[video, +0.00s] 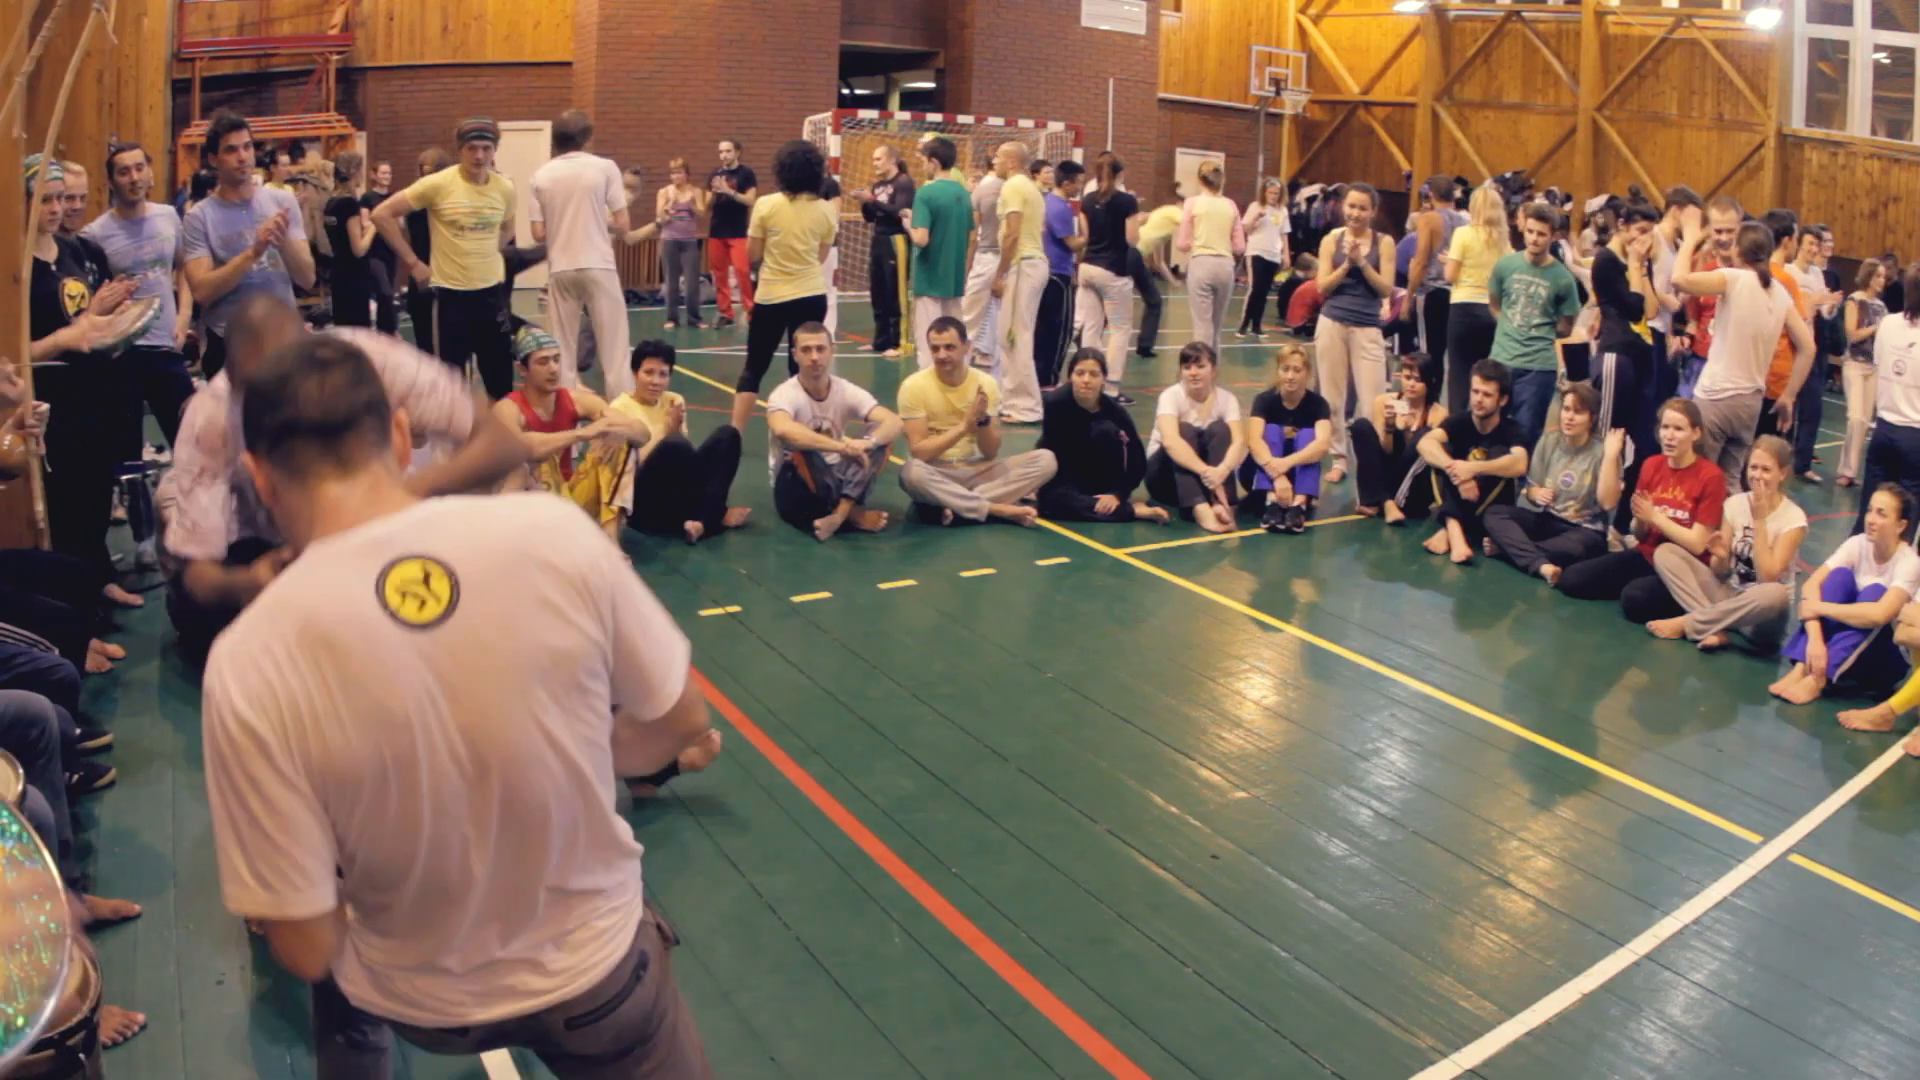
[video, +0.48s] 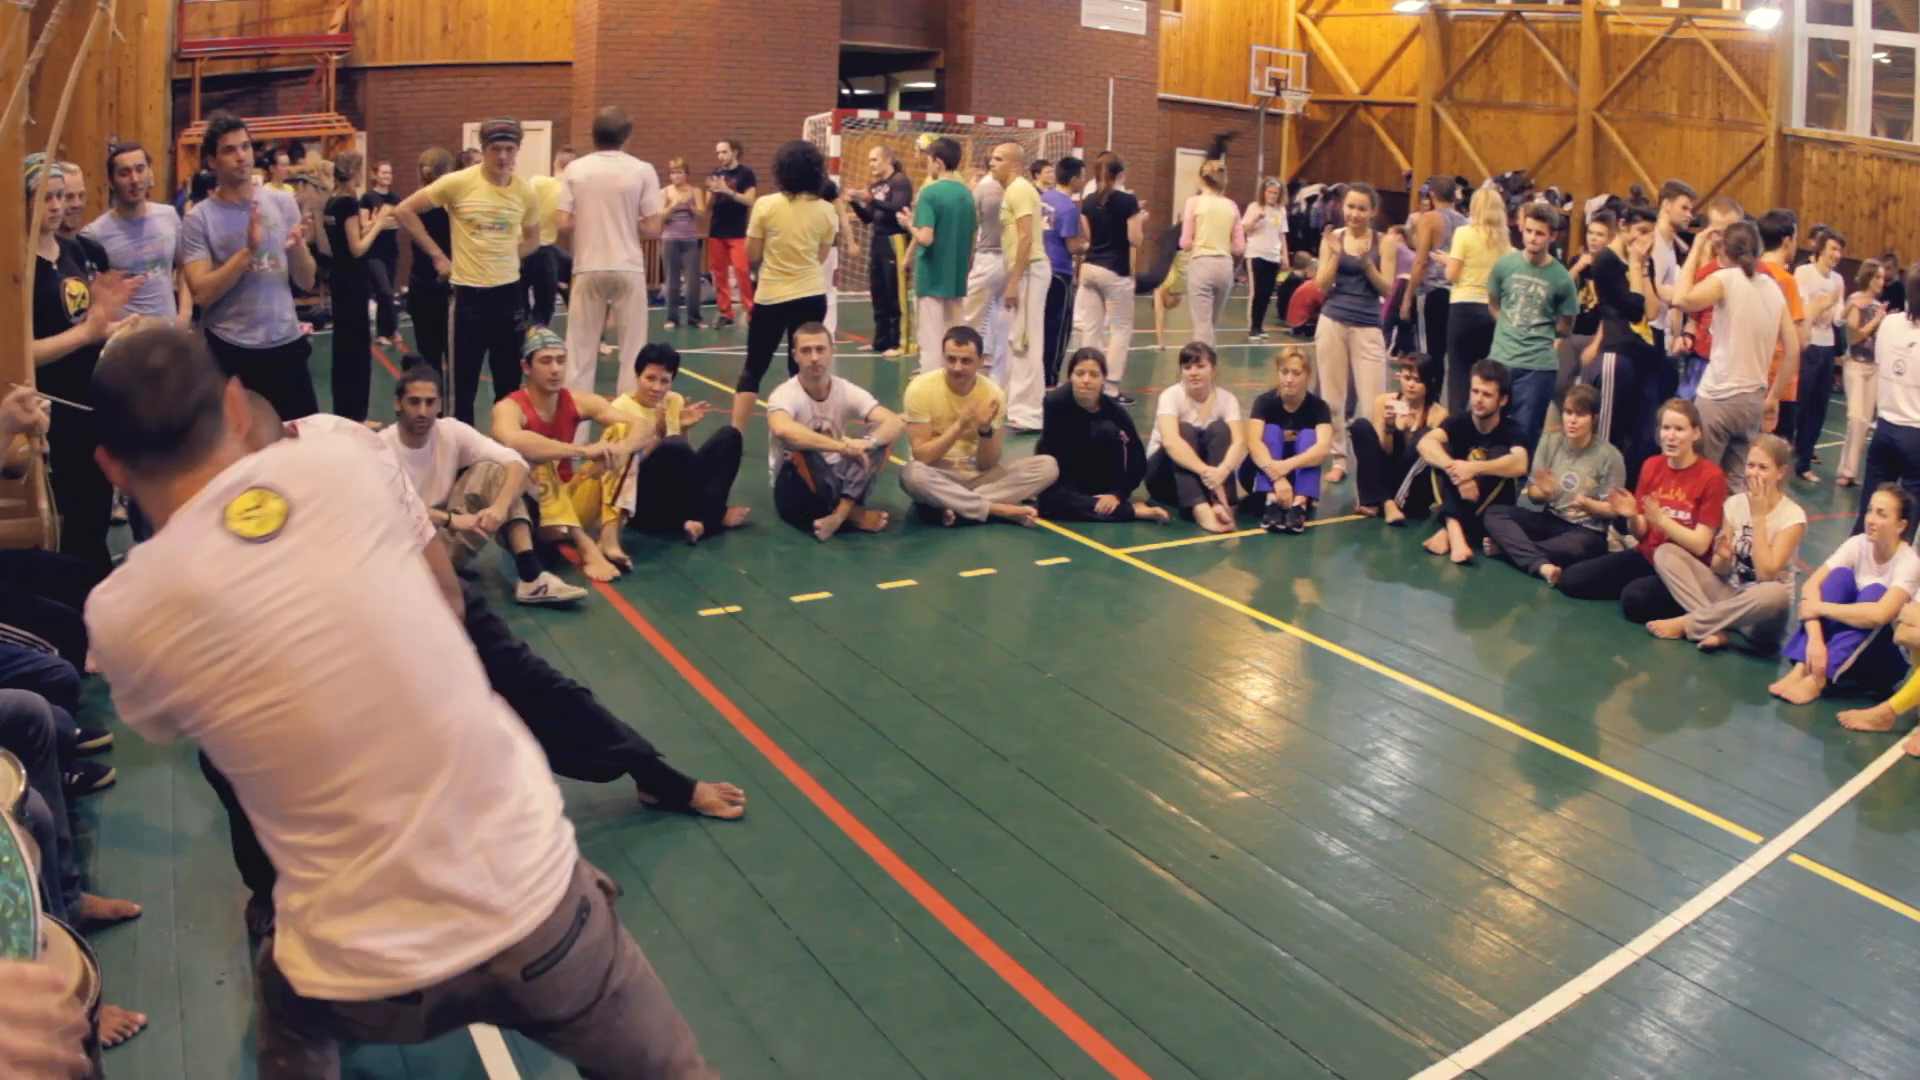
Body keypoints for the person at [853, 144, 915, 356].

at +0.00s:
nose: (875, 163)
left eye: (879, 159)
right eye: (874, 160)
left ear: (892, 160)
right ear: (876, 162)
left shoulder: (904, 182)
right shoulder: (877, 184)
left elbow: (899, 211)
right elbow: (870, 216)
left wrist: (871, 201)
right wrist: (866, 202)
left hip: (896, 237)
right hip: (879, 235)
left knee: (894, 290)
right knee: (878, 290)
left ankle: (895, 341)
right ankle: (880, 339)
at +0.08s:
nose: (874, 164)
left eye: (878, 159)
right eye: (873, 160)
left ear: (891, 160)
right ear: (878, 162)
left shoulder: (904, 183)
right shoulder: (878, 185)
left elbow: (900, 211)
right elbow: (868, 216)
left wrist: (873, 201)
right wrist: (860, 203)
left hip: (897, 237)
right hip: (880, 236)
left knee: (895, 290)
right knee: (878, 289)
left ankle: (896, 341)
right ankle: (880, 339)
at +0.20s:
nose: (873, 164)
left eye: (877, 160)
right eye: (872, 160)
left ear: (890, 161)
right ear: (878, 163)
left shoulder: (903, 182)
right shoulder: (877, 185)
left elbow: (903, 209)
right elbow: (869, 216)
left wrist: (876, 201)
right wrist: (856, 202)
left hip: (897, 236)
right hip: (880, 235)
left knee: (895, 290)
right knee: (878, 289)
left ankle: (897, 342)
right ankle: (881, 340)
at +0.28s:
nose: (873, 164)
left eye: (876, 160)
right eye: (872, 160)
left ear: (890, 161)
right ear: (878, 162)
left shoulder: (902, 182)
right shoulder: (877, 185)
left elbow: (896, 209)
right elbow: (869, 217)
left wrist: (870, 201)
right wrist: (862, 201)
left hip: (896, 235)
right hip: (879, 235)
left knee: (895, 291)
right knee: (878, 290)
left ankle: (897, 342)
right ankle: (881, 340)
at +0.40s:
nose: (872, 164)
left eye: (875, 160)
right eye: (871, 161)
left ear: (889, 161)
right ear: (877, 162)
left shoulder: (901, 182)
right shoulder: (876, 185)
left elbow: (897, 207)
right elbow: (868, 217)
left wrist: (871, 200)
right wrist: (860, 202)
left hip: (896, 236)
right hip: (879, 235)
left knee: (894, 290)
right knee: (878, 290)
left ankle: (896, 341)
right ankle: (880, 339)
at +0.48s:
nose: (871, 164)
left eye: (875, 160)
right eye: (870, 161)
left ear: (888, 161)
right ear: (874, 163)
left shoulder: (901, 181)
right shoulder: (876, 186)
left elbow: (897, 207)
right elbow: (868, 217)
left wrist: (870, 199)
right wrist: (854, 202)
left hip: (895, 236)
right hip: (879, 236)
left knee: (894, 291)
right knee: (878, 290)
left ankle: (896, 341)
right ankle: (881, 340)